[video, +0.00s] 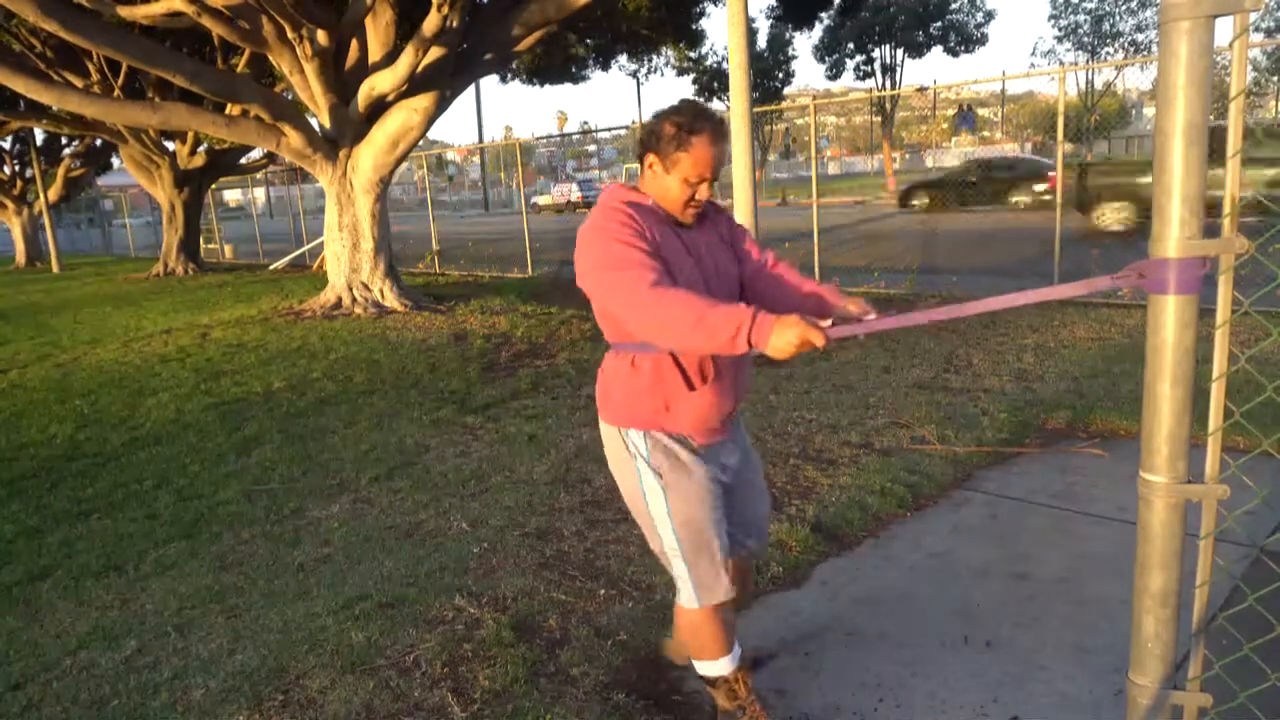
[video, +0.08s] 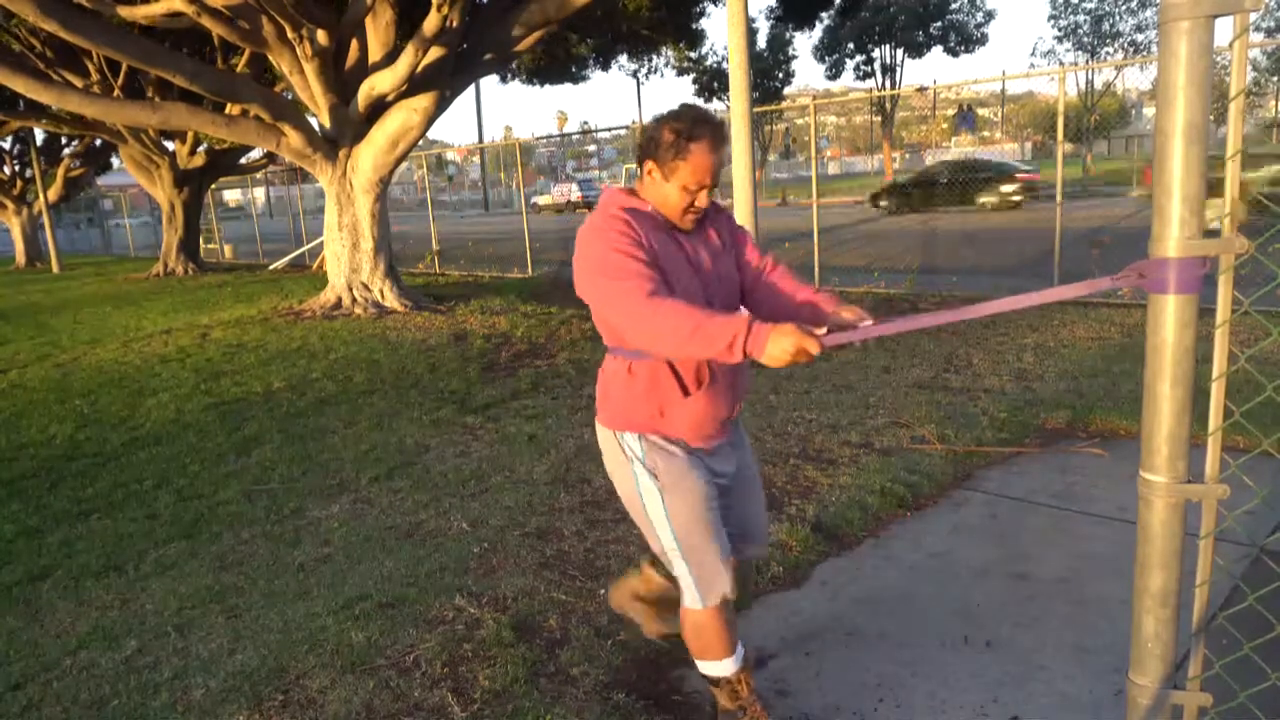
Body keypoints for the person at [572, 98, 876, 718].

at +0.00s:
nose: (705, 195)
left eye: (711, 180)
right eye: (694, 180)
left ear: (714, 171)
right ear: (652, 164)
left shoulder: (713, 224)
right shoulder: (610, 230)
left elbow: (766, 276)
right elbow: (646, 309)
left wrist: (833, 306)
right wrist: (758, 329)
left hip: (717, 419)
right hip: (650, 428)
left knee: (740, 544)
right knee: (705, 574)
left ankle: (689, 640)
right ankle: (731, 696)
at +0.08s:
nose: (703, 202)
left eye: (710, 188)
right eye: (692, 188)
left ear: (715, 176)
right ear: (650, 171)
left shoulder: (714, 226)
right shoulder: (609, 232)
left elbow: (766, 281)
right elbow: (638, 318)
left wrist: (829, 312)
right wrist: (753, 337)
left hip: (716, 422)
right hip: (647, 432)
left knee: (741, 535)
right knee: (706, 576)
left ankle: (646, 590)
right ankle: (733, 696)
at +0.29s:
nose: (716, 260)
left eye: (722, 246)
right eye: (704, 249)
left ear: (729, 230)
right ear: (661, 228)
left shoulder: (726, 267)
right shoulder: (617, 286)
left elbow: (775, 321)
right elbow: (650, 375)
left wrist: (849, 347)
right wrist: (762, 373)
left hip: (704, 462)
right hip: (637, 467)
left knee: (696, 567)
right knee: (737, 583)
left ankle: (586, 572)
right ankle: (742, 704)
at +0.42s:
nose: (739, 324)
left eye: (745, 311)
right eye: (729, 313)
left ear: (749, 292)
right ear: (686, 286)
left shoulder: (733, 318)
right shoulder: (634, 335)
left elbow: (775, 368)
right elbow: (671, 433)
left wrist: (831, 378)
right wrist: (780, 421)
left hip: (685, 493)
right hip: (625, 497)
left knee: (668, 599)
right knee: (738, 583)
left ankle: (573, 580)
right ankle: (742, 704)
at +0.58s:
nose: (753, 401)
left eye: (761, 391)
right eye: (747, 390)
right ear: (713, 361)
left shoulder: (729, 372)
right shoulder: (652, 399)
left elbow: (772, 416)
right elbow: (668, 505)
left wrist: (824, 428)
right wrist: (765, 471)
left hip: (670, 523)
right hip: (608, 530)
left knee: (670, 636)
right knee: (730, 584)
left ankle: (580, 594)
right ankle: (741, 705)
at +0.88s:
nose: (739, 379)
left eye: (746, 368)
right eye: (730, 368)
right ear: (690, 346)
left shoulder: (727, 369)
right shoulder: (631, 394)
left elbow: (757, 409)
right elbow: (624, 503)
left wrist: (802, 413)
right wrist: (716, 476)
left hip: (678, 514)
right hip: (612, 524)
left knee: (674, 618)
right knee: (727, 582)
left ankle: (582, 581)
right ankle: (736, 704)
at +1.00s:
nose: (728, 311)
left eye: (732, 298)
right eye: (716, 300)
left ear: (736, 284)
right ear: (671, 281)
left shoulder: (722, 314)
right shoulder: (619, 341)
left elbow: (757, 361)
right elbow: (610, 447)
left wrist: (807, 375)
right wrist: (703, 436)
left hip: (693, 482)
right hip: (630, 494)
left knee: (693, 575)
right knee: (735, 585)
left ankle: (586, 571)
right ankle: (739, 703)